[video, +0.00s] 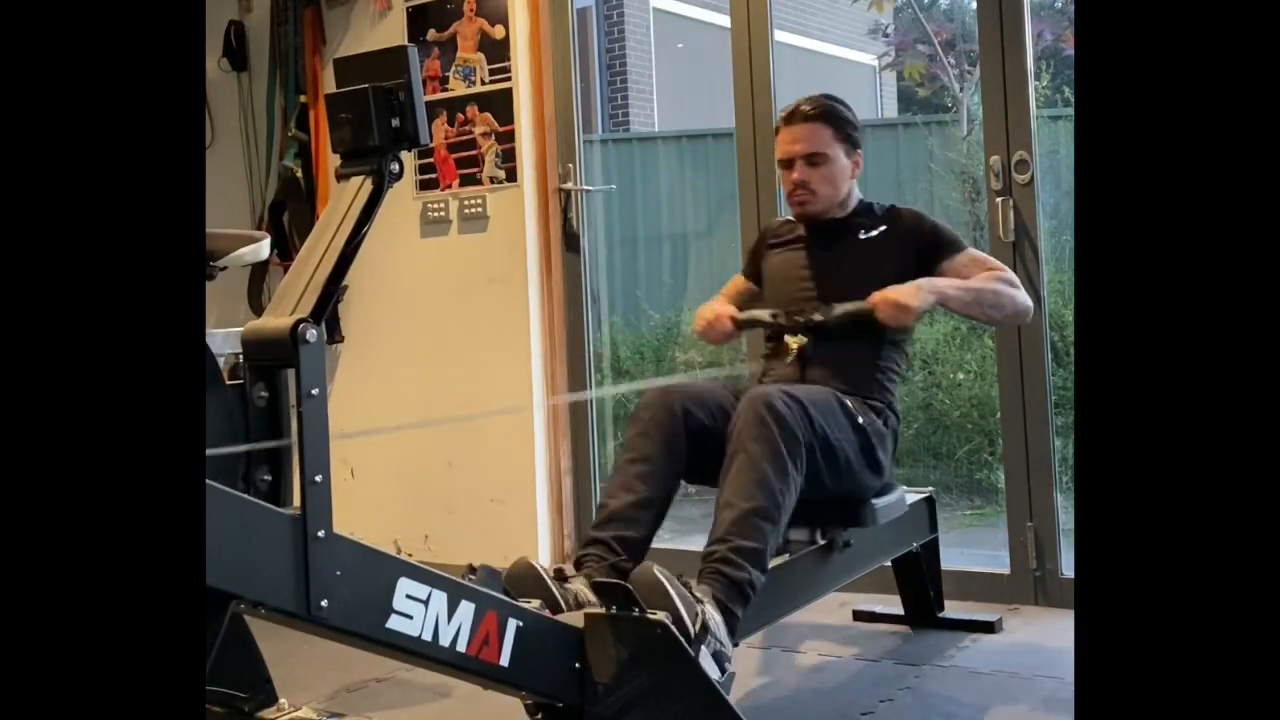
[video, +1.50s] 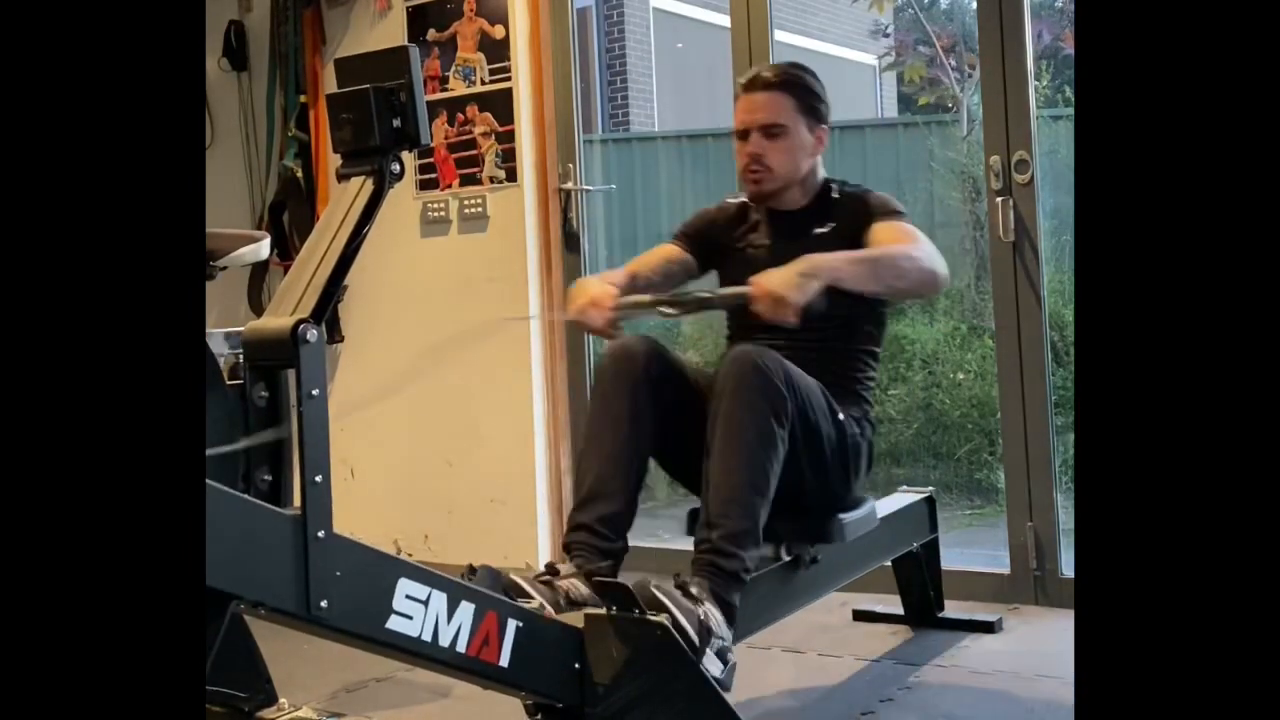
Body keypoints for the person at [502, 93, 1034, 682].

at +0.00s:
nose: (794, 178)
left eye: (812, 162)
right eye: (785, 164)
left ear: (854, 163)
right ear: (779, 169)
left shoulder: (905, 233)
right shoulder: (773, 243)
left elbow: (1016, 301)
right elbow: (730, 304)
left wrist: (931, 290)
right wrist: (716, 315)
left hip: (857, 429)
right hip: (764, 421)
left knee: (769, 404)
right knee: (666, 401)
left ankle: (716, 615)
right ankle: (593, 583)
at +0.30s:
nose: (700, 144)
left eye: (721, 127)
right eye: (690, 129)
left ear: (770, 137)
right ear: (681, 137)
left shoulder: (809, 204)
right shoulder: (674, 224)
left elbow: (822, 253)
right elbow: (583, 277)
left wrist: (734, 278)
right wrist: (502, 317)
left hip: (793, 473)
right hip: (702, 471)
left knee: (723, 332)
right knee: (601, 344)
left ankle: (705, 587)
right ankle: (581, 567)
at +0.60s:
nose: (630, 148)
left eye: (654, 129)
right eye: (622, 131)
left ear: (711, 139)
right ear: (614, 138)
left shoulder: (762, 207)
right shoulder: (615, 227)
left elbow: (729, 266)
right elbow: (517, 291)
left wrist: (642, 320)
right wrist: (413, 354)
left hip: (758, 479)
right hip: (656, 476)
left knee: (699, 323)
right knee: (571, 305)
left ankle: (694, 571)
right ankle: (575, 556)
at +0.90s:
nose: (775, 141)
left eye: (796, 127)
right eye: (767, 129)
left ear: (841, 141)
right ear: (756, 141)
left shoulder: (867, 204)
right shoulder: (741, 215)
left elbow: (847, 261)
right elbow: (663, 267)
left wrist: (792, 291)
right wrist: (595, 307)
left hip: (842, 442)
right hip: (752, 429)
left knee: (769, 375)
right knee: (644, 382)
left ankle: (705, 604)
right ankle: (585, 578)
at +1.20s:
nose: (825, 182)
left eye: (841, 167)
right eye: (816, 169)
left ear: (884, 167)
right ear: (811, 170)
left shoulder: (924, 234)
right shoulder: (802, 239)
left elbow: (1020, 305)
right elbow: (750, 293)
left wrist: (934, 300)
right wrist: (725, 309)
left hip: (870, 411)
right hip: (779, 406)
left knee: (786, 456)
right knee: (688, 453)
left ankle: (715, 623)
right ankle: (596, 591)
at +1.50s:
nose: (751, 151)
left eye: (769, 133)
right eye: (742, 135)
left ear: (818, 139)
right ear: (732, 142)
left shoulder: (862, 212)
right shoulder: (725, 225)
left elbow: (928, 270)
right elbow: (640, 276)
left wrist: (819, 268)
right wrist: (597, 289)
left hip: (826, 458)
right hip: (733, 450)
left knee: (749, 363)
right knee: (632, 356)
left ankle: (710, 604)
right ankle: (585, 572)